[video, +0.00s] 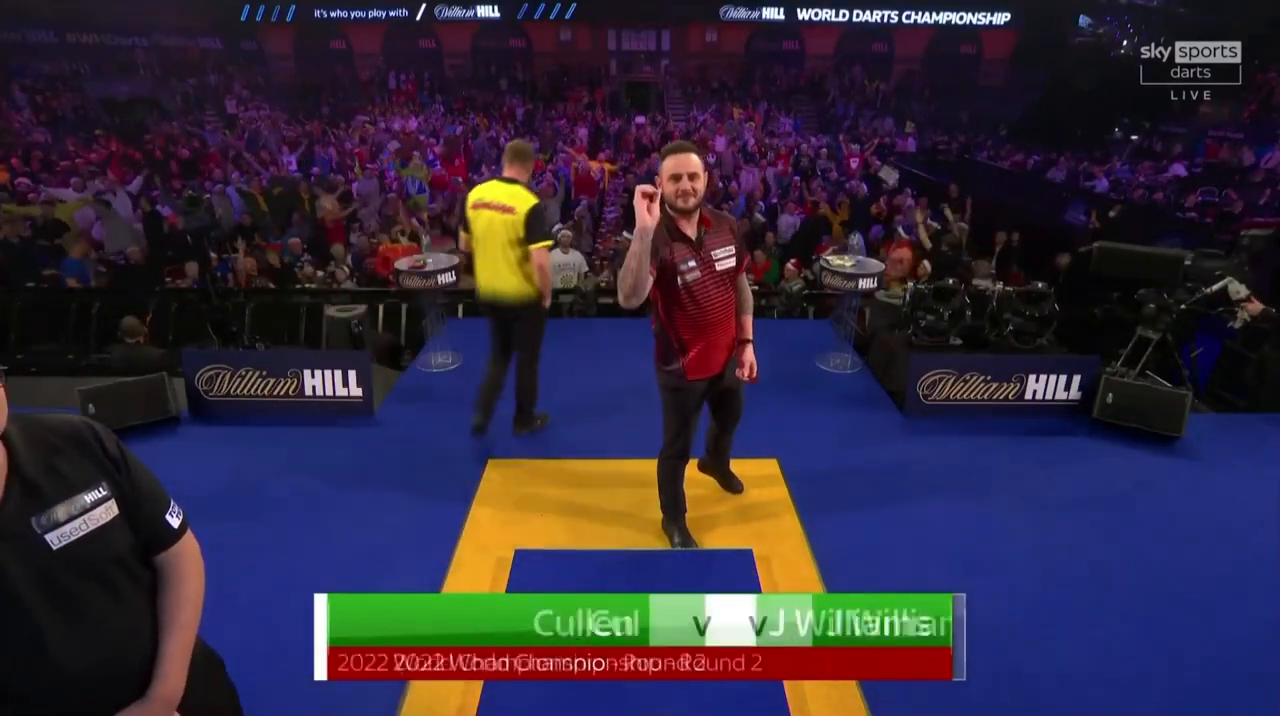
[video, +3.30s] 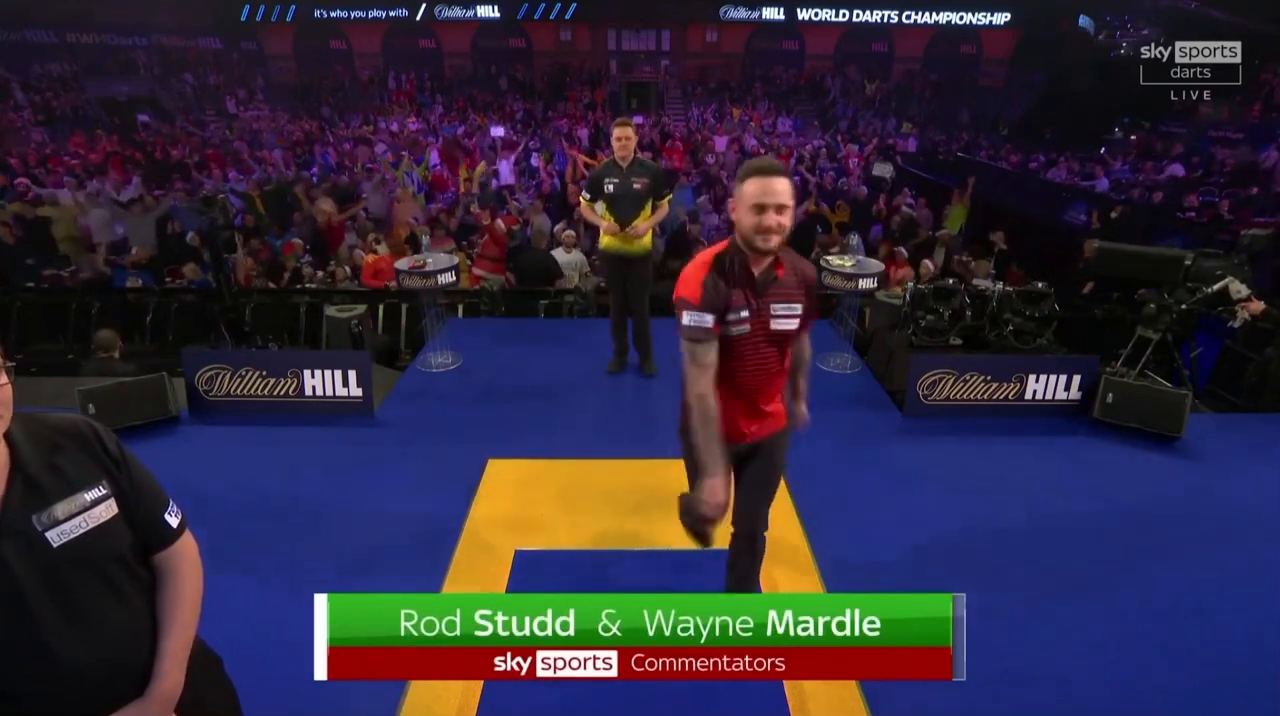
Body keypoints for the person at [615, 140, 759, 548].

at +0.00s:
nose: (685, 185)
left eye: (693, 176)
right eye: (675, 178)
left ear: (705, 181)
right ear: (659, 185)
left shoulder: (722, 225)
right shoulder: (650, 238)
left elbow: (742, 283)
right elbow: (630, 298)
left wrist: (746, 342)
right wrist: (643, 230)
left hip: (725, 353)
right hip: (681, 363)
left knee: (729, 413)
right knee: (678, 446)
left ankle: (714, 461)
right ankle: (673, 519)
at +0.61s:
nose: (695, 185)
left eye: (702, 176)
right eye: (684, 178)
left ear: (713, 180)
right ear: (667, 186)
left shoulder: (725, 228)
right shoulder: (660, 241)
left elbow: (737, 289)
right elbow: (670, 285)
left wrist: (745, 346)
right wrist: (673, 307)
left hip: (724, 354)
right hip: (683, 361)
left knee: (728, 412)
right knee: (678, 447)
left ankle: (719, 457)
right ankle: (674, 520)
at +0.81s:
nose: (697, 188)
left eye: (704, 178)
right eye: (686, 181)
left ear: (714, 181)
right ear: (669, 187)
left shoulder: (726, 229)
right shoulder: (661, 243)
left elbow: (737, 287)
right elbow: (674, 312)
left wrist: (743, 345)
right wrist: (696, 369)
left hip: (722, 355)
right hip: (679, 363)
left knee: (723, 415)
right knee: (677, 445)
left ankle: (713, 462)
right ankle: (674, 520)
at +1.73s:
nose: (693, 188)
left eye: (701, 179)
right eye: (683, 180)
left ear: (713, 183)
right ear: (667, 187)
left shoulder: (729, 229)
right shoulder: (657, 242)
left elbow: (743, 289)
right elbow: (636, 310)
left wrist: (747, 347)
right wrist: (659, 316)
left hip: (724, 354)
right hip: (680, 364)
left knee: (731, 416)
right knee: (679, 445)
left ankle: (714, 462)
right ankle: (674, 520)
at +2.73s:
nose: (711, 194)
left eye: (718, 184)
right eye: (699, 187)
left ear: (729, 187)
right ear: (681, 193)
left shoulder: (741, 238)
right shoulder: (673, 249)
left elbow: (747, 300)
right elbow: (686, 311)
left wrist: (763, 362)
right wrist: (712, 360)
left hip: (736, 363)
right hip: (689, 368)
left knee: (757, 448)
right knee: (682, 456)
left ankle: (730, 501)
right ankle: (674, 520)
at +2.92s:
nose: (720, 202)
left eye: (728, 192)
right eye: (707, 195)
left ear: (739, 195)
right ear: (689, 203)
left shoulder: (750, 245)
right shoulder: (681, 262)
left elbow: (758, 303)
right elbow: (716, 342)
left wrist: (775, 358)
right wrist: (758, 409)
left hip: (742, 384)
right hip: (694, 390)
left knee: (753, 474)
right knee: (685, 462)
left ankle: (737, 573)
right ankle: (675, 518)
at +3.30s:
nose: (771, 221)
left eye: (781, 210)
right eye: (759, 209)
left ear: (793, 214)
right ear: (734, 211)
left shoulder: (801, 275)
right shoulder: (703, 279)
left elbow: (800, 337)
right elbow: (700, 380)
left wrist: (799, 399)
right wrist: (713, 471)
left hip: (770, 419)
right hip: (712, 420)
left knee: (752, 526)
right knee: (712, 506)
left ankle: (744, 606)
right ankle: (697, 523)